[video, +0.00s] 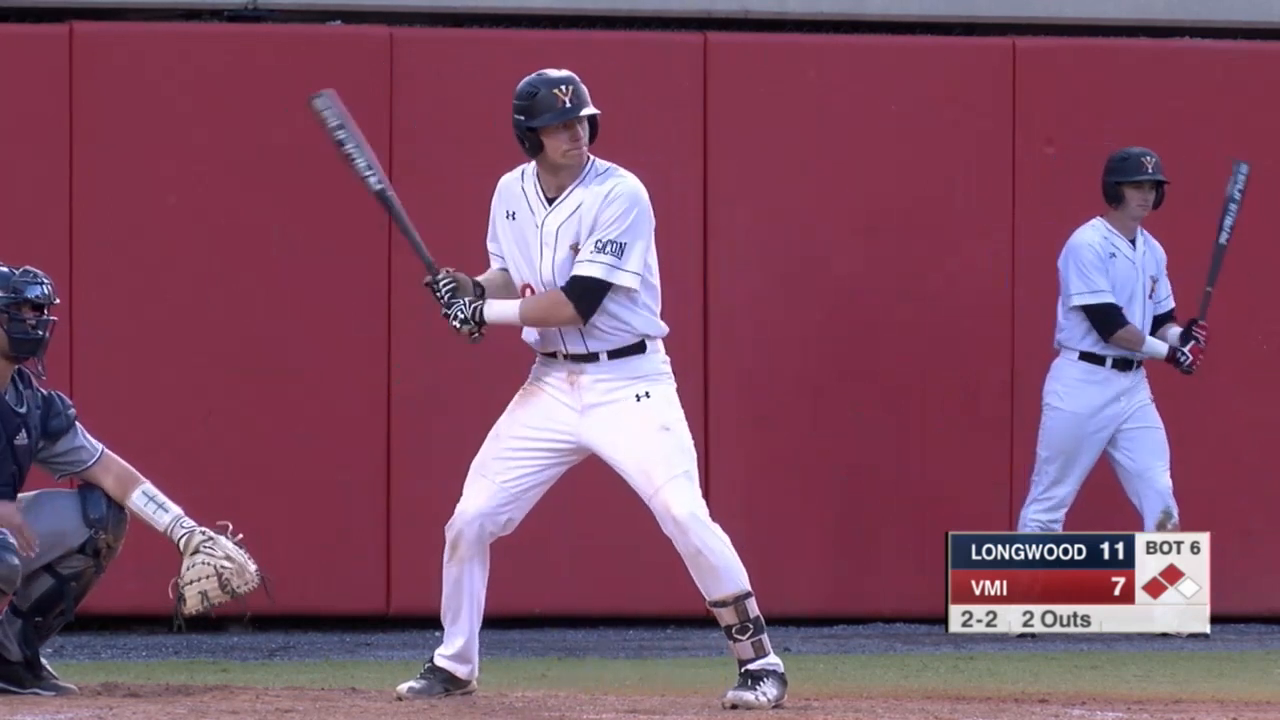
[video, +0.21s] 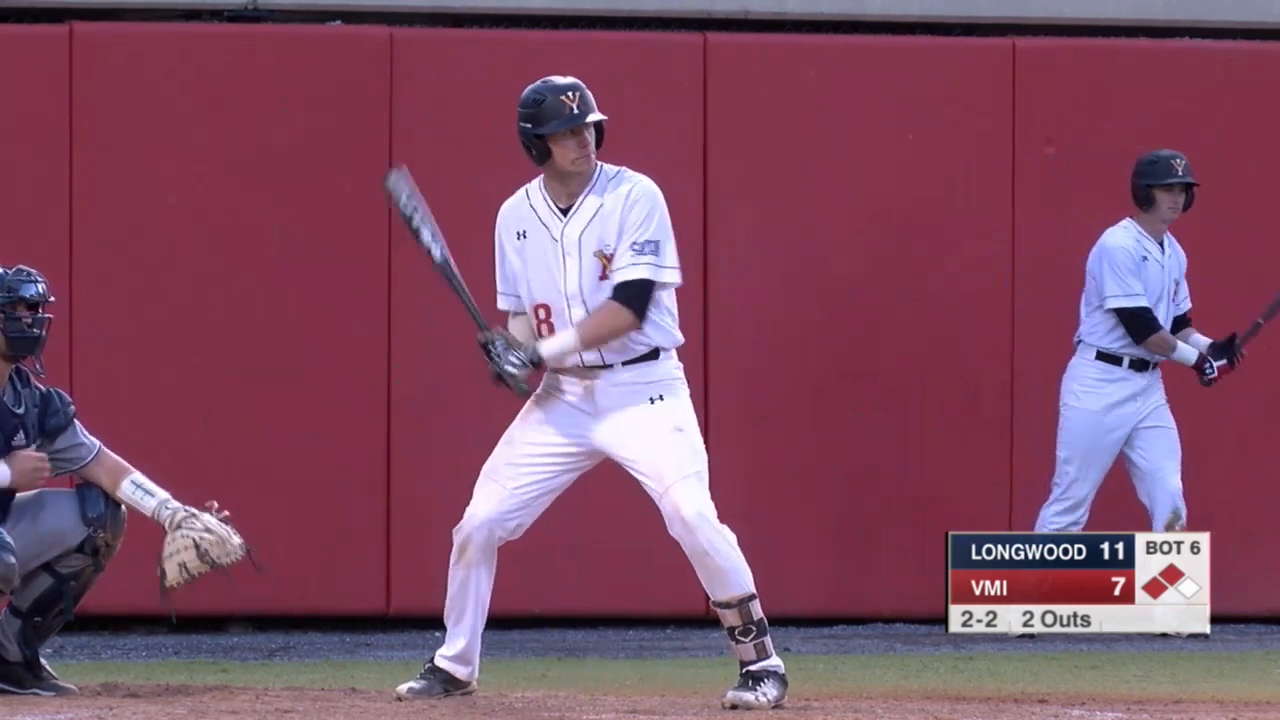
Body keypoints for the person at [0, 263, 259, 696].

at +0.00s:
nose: (31, 322)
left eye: (36, 312)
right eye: (18, 312)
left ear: (44, 318)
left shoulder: (34, 404)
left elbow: (110, 472)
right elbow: (8, 513)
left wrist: (186, 532)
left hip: (3, 526)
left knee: (98, 515)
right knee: (5, 559)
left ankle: (13, 652)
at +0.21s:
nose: (30, 319)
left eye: (34, 310)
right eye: (17, 309)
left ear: (39, 316)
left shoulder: (36, 402)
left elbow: (99, 463)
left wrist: (172, 512)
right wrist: (6, 474)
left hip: (4, 531)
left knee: (98, 515)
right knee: (5, 561)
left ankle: (12, 651)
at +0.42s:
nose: (26, 317)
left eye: (31, 307)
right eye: (15, 307)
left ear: (39, 314)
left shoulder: (34, 388)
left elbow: (87, 450)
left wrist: (142, 475)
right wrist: (43, 487)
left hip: (10, 527)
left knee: (98, 510)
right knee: (88, 512)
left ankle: (17, 649)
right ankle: (11, 650)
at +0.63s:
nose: (31, 324)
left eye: (35, 315)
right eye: (18, 315)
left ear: (42, 321)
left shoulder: (32, 392)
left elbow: (67, 451)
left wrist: (120, 476)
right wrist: (35, 512)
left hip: (7, 522)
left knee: (92, 512)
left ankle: (14, 652)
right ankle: (11, 652)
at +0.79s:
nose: (34, 334)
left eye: (38, 324)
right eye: (22, 324)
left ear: (46, 329)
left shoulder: (34, 396)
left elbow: (72, 450)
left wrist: (115, 482)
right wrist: (31, 506)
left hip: (9, 521)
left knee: (88, 514)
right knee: (73, 518)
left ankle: (15, 650)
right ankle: (12, 651)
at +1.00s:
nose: (36, 336)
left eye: (41, 326)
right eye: (22, 326)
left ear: (50, 331)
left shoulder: (37, 397)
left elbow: (75, 450)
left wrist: (113, 485)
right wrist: (37, 505)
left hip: (10, 525)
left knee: (89, 518)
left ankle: (14, 651)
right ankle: (11, 652)